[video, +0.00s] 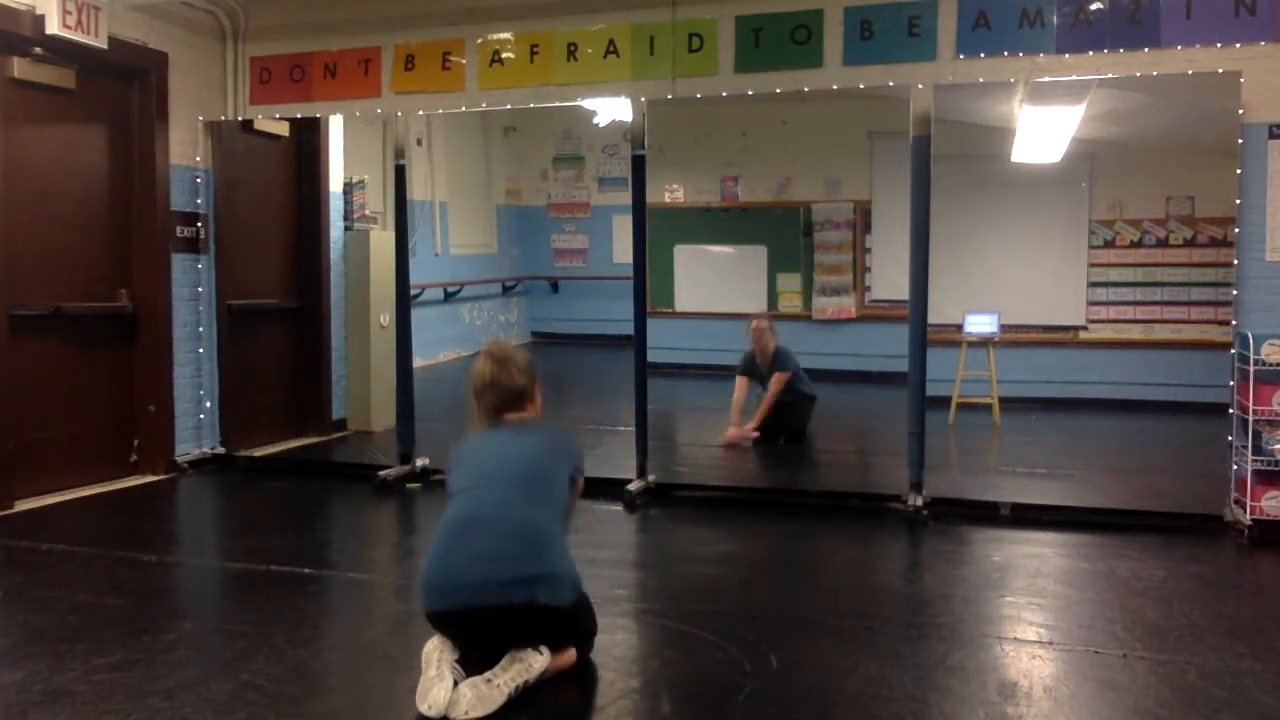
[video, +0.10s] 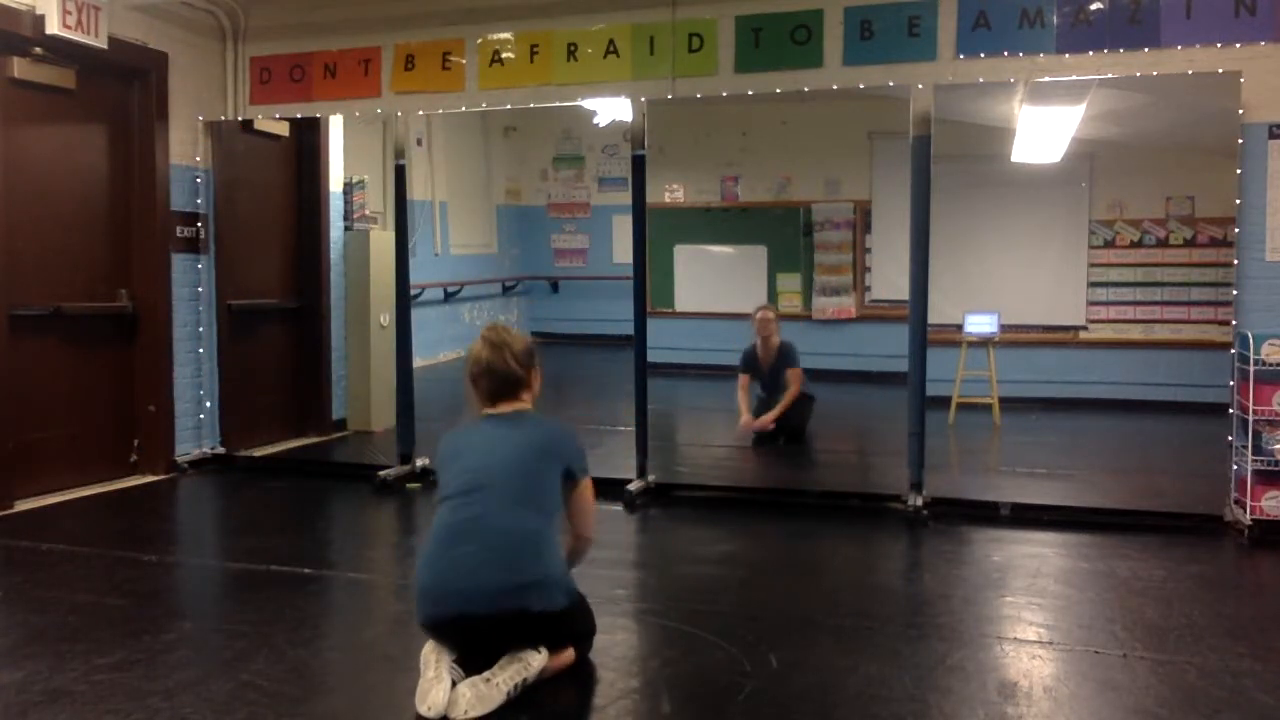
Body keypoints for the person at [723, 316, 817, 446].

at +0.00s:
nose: (758, 336)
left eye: (763, 332)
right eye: (755, 332)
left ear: (771, 335)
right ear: (750, 335)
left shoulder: (783, 357)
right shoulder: (748, 359)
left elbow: (772, 394)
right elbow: (739, 393)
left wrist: (753, 424)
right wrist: (734, 426)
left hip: (801, 398)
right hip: (776, 397)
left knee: (794, 439)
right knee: (763, 439)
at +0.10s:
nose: (764, 325)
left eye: (769, 320)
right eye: (760, 320)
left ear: (776, 324)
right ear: (754, 325)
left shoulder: (787, 350)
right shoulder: (749, 354)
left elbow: (795, 387)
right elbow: (743, 388)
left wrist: (770, 416)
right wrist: (745, 415)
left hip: (789, 397)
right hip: (766, 399)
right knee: (760, 438)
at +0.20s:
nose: (768, 322)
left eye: (773, 318)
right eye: (764, 317)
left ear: (779, 322)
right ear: (758, 321)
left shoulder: (790, 349)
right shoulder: (751, 351)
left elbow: (811, 382)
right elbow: (746, 383)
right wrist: (756, 399)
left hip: (794, 403)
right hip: (766, 404)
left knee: (793, 441)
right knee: (761, 441)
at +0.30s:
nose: (773, 322)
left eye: (778, 318)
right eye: (770, 318)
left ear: (784, 322)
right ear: (763, 321)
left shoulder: (794, 350)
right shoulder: (752, 350)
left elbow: (819, 377)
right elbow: (748, 379)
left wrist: (797, 396)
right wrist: (764, 393)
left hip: (794, 406)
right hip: (766, 405)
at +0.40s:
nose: (779, 325)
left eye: (783, 322)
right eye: (775, 321)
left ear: (789, 325)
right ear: (768, 322)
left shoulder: (797, 350)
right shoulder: (756, 349)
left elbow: (817, 375)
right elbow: (751, 378)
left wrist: (800, 395)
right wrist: (767, 394)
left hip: (794, 403)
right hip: (767, 403)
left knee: (795, 435)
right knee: (760, 430)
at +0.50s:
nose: (786, 332)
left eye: (790, 328)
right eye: (782, 327)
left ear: (795, 329)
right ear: (774, 325)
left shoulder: (801, 353)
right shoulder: (759, 350)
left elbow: (815, 377)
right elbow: (750, 377)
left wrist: (800, 395)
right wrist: (767, 395)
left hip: (794, 406)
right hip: (768, 404)